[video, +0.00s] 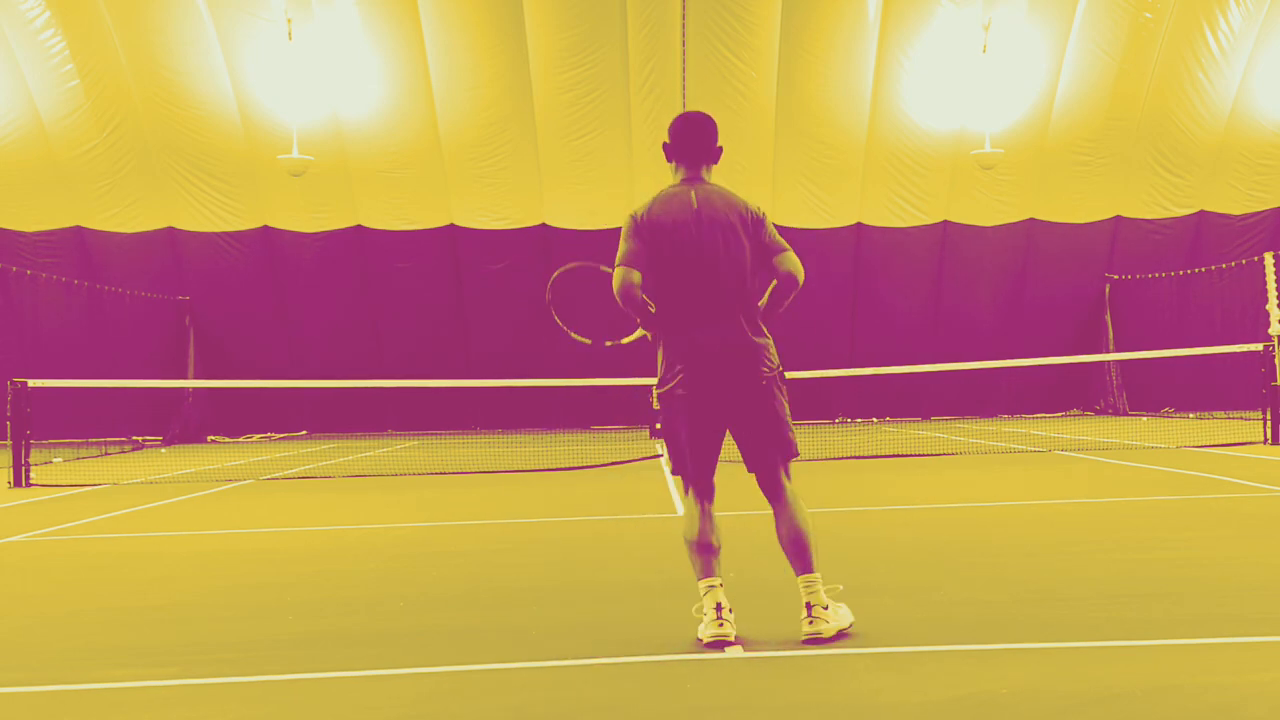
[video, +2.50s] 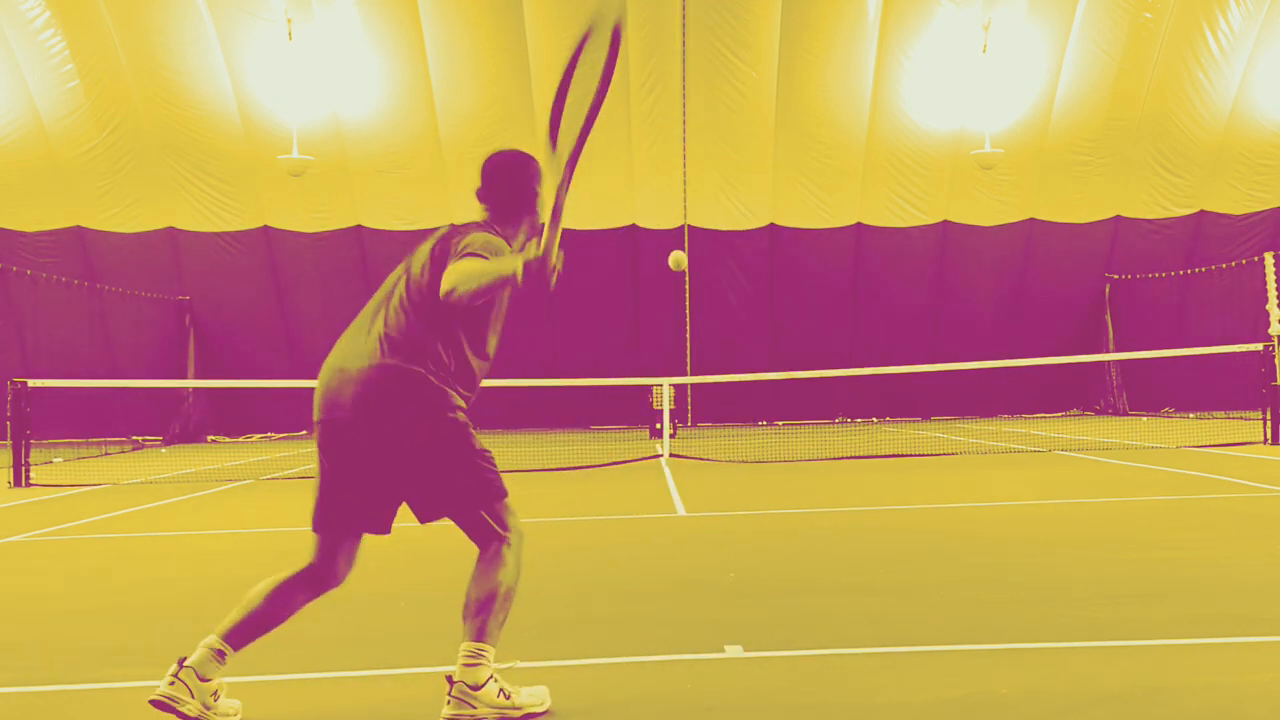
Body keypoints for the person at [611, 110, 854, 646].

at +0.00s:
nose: (702, 162)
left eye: (673, 154)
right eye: (712, 152)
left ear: (667, 155)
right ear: (717, 155)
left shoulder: (644, 216)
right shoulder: (744, 211)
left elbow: (624, 286)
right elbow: (792, 273)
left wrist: (655, 322)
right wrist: (759, 316)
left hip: (685, 371)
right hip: (750, 366)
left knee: (697, 493)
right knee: (779, 484)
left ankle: (715, 611)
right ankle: (816, 605)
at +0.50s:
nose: (691, 159)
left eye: (686, 150)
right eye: (717, 153)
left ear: (683, 152)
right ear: (730, 156)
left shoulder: (658, 207)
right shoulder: (754, 211)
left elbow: (633, 272)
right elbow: (797, 266)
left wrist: (659, 307)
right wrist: (761, 303)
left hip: (682, 357)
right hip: (740, 359)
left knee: (667, 473)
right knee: (731, 483)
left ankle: (684, 556)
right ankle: (737, 603)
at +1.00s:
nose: (692, 149)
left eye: (681, 137)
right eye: (711, 140)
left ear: (673, 140)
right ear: (721, 142)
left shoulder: (647, 196)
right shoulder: (750, 195)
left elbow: (632, 275)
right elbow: (793, 252)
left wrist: (661, 295)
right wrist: (755, 291)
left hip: (673, 340)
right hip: (736, 338)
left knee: (666, 464)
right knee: (741, 461)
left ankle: (664, 590)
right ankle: (756, 583)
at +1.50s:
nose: (700, 169)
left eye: (674, 160)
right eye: (706, 160)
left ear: (660, 161)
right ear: (710, 163)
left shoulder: (626, 219)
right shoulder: (734, 223)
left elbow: (610, 303)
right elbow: (762, 301)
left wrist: (624, 346)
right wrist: (722, 326)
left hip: (646, 367)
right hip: (715, 368)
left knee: (629, 482)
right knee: (719, 483)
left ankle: (609, 585)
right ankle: (734, 604)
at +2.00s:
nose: (614, 134)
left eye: (607, 125)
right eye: (616, 125)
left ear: (564, 124)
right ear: (616, 126)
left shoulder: (531, 177)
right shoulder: (610, 182)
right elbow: (654, 276)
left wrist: (654, 281)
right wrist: (681, 302)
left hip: (486, 324)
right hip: (549, 324)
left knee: (536, 479)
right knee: (602, 471)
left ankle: (531, 619)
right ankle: (561, 603)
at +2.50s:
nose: (543, 213)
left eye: (543, 202)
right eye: (542, 202)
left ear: (481, 199)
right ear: (532, 205)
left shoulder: (445, 241)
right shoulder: (487, 241)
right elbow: (453, 285)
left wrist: (532, 271)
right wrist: (522, 262)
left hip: (337, 389)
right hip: (403, 389)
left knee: (329, 566)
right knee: (503, 535)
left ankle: (197, 670)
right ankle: (474, 678)